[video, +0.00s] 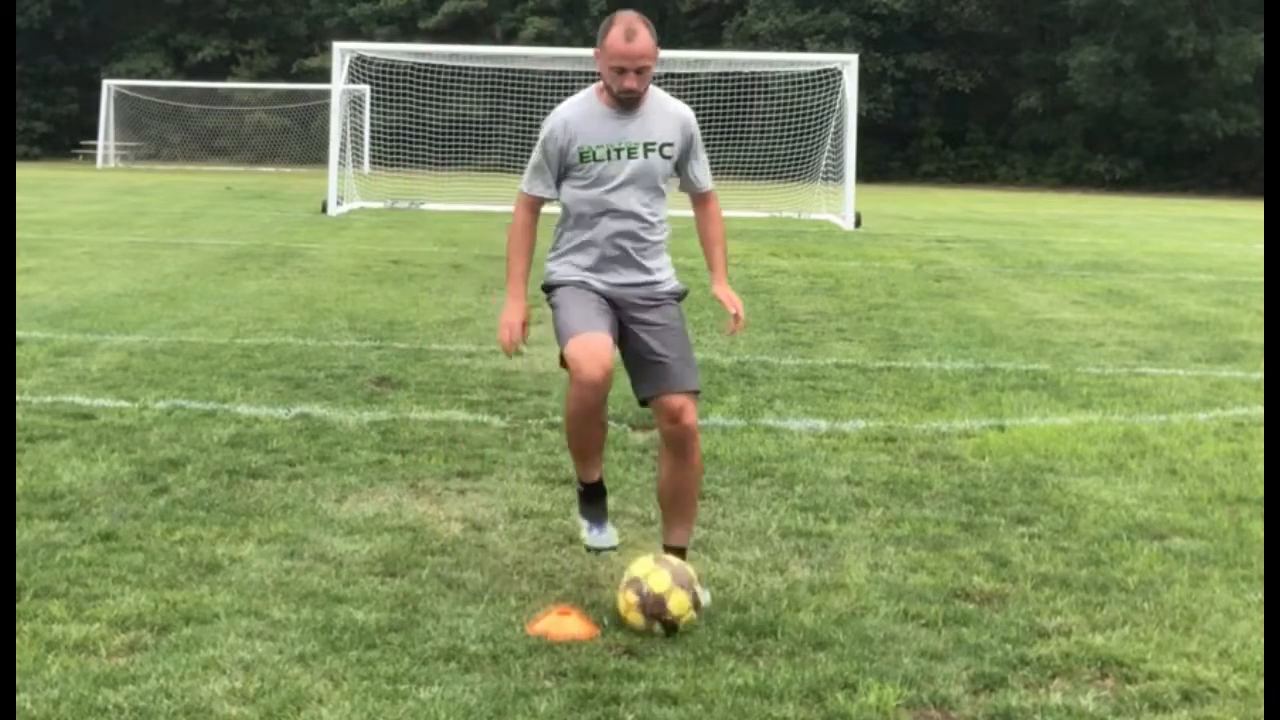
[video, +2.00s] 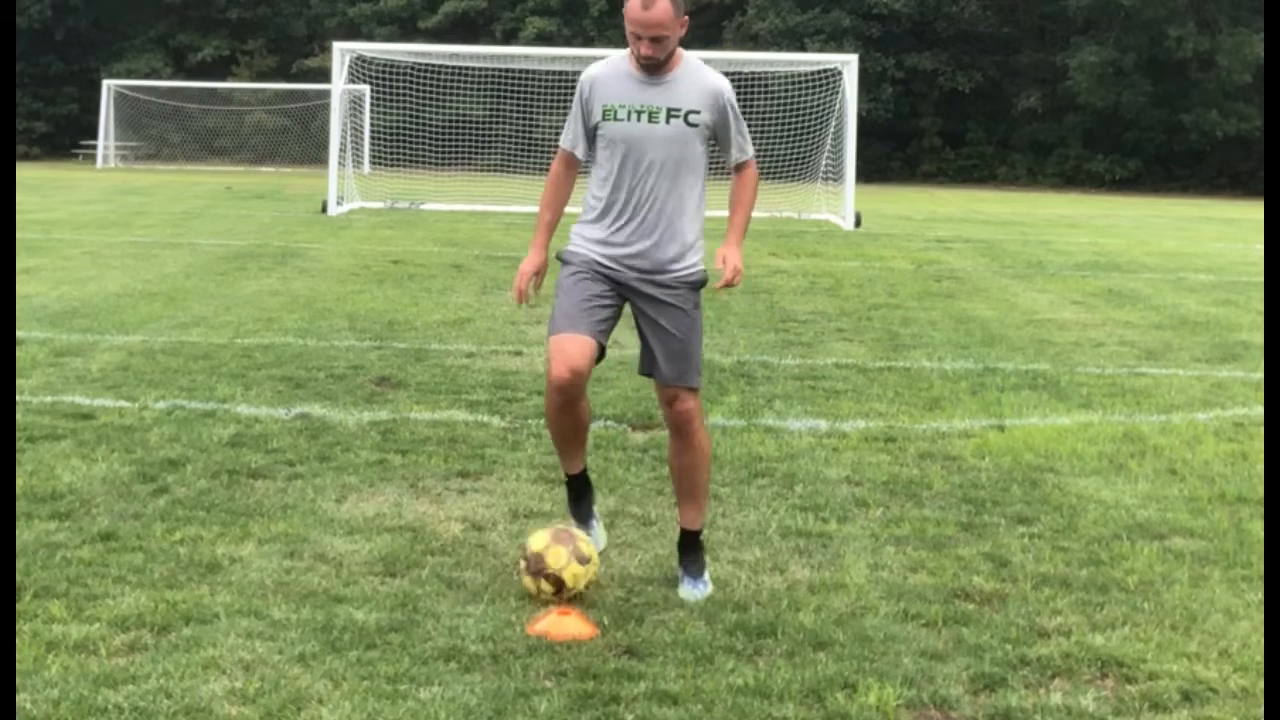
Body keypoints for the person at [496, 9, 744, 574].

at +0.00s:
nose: (631, 83)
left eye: (642, 70)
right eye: (619, 70)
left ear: (657, 64)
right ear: (597, 62)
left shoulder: (677, 120)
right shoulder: (565, 123)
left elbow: (704, 199)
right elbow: (527, 206)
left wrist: (719, 279)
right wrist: (515, 299)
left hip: (650, 283)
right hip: (578, 277)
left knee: (681, 417)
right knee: (592, 370)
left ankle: (675, 561)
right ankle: (592, 499)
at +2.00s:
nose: (646, 50)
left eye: (658, 39)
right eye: (636, 37)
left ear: (683, 27)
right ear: (624, 23)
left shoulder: (711, 89)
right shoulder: (597, 80)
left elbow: (744, 166)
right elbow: (566, 164)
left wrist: (733, 243)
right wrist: (538, 249)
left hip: (672, 271)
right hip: (593, 259)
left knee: (682, 409)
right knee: (563, 375)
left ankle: (691, 551)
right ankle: (580, 504)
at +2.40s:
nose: (619, 46)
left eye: (632, 36)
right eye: (612, 33)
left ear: (662, 25)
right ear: (603, 21)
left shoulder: (697, 85)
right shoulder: (580, 78)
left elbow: (728, 161)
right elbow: (555, 160)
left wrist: (711, 236)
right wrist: (524, 242)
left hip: (656, 260)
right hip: (577, 248)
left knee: (663, 401)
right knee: (513, 367)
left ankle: (657, 540)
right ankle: (497, 487)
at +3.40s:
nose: (527, 47)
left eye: (539, 36)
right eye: (518, 35)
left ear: (569, 22)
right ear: (509, 22)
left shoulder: (603, 86)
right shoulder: (499, 76)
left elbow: (645, 171)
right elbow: (496, 153)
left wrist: (624, 243)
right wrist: (470, 230)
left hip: (575, 256)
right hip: (502, 250)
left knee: (571, 389)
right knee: (454, 377)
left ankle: (618, 509)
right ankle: (444, 523)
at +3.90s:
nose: (470, 83)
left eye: (481, 70)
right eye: (459, 71)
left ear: (506, 58)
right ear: (447, 63)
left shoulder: (547, 114)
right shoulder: (442, 123)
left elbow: (593, 197)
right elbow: (430, 211)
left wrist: (596, 281)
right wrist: (404, 295)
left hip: (543, 267)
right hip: (473, 277)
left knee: (526, 353)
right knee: (430, 410)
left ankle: (531, 498)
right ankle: (446, 552)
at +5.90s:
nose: (481, 44)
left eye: (492, 31)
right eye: (469, 33)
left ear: (509, 14)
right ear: (449, 21)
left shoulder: (546, 68)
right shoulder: (428, 87)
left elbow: (576, 145)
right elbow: (407, 170)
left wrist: (590, 222)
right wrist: (378, 251)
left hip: (547, 243)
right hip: (467, 256)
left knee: (599, 361)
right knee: (452, 399)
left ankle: (600, 482)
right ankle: (455, 532)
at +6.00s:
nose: (490, 47)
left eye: (499, 34)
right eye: (478, 37)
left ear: (516, 18)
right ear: (456, 26)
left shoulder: (550, 71)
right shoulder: (433, 91)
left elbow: (581, 150)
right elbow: (411, 174)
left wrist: (597, 226)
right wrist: (384, 255)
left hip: (551, 247)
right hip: (472, 260)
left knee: (608, 362)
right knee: (462, 402)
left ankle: (609, 492)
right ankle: (472, 535)